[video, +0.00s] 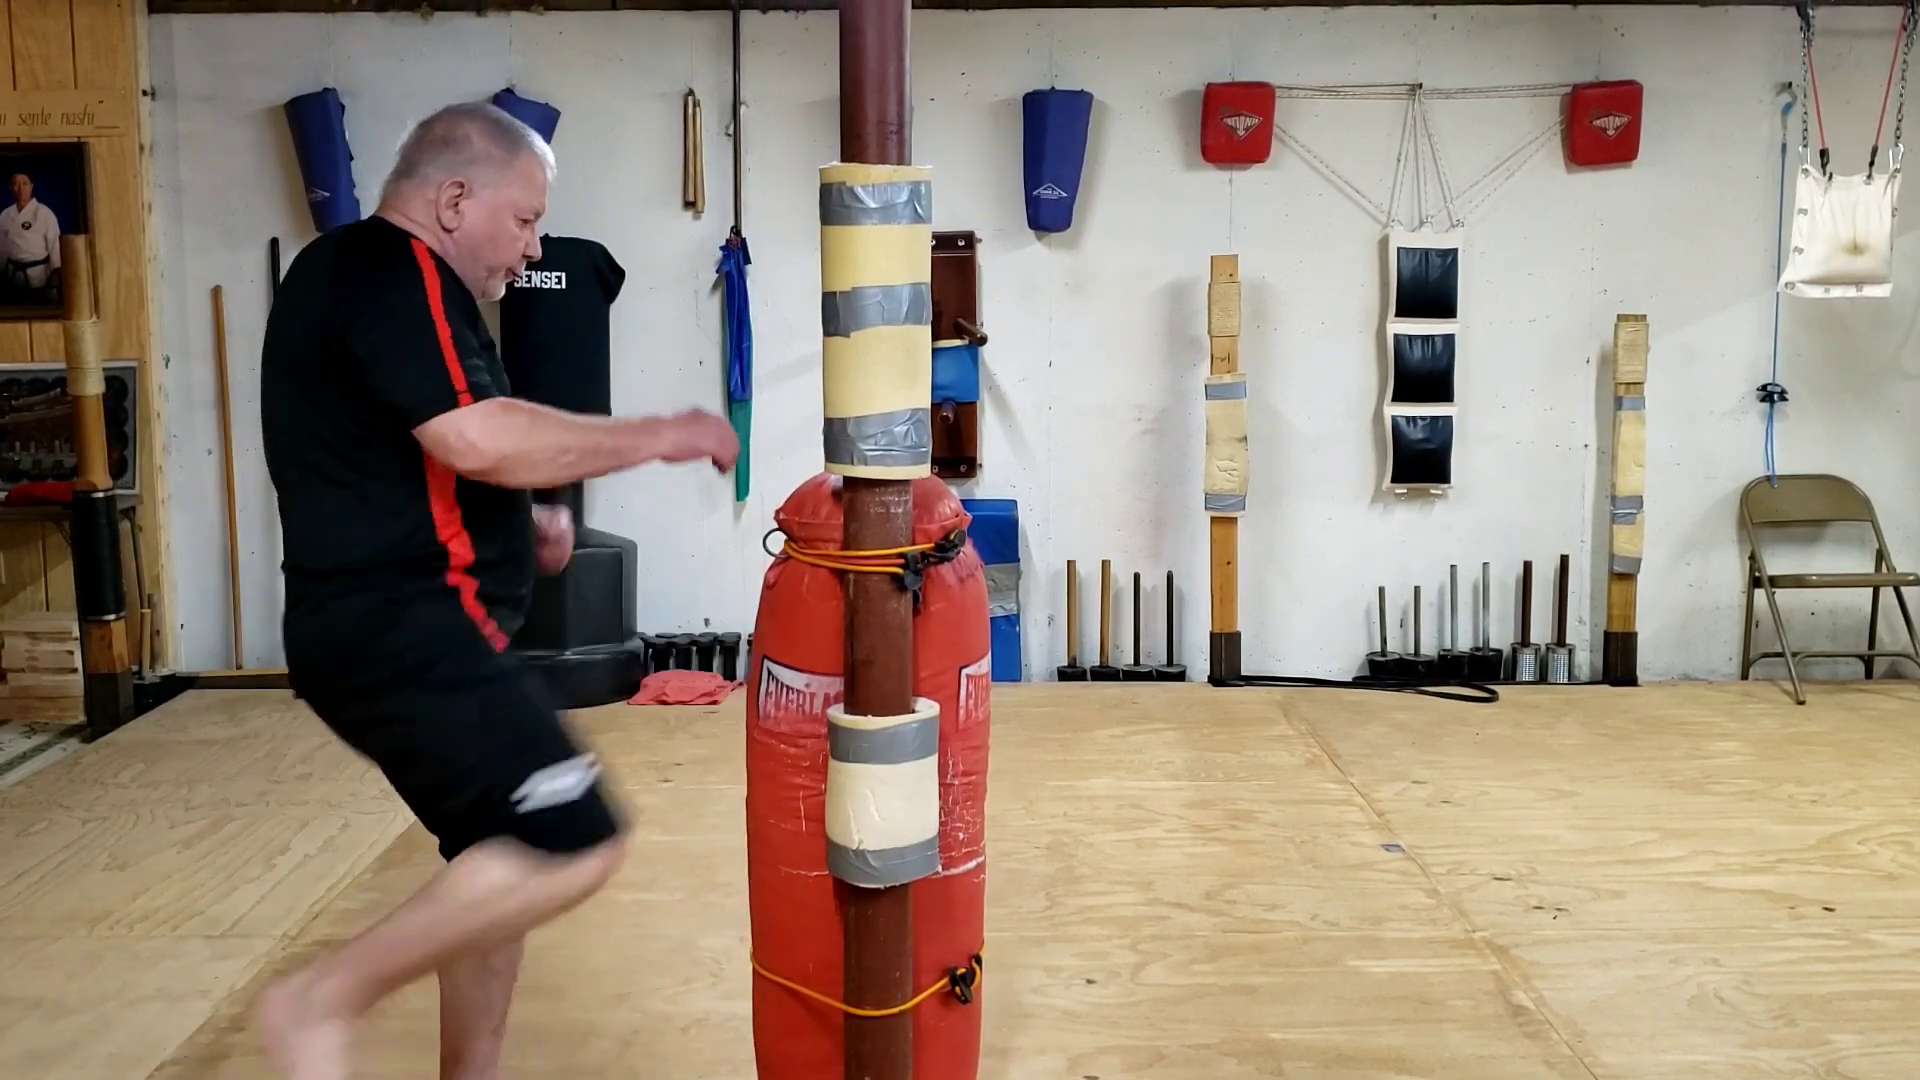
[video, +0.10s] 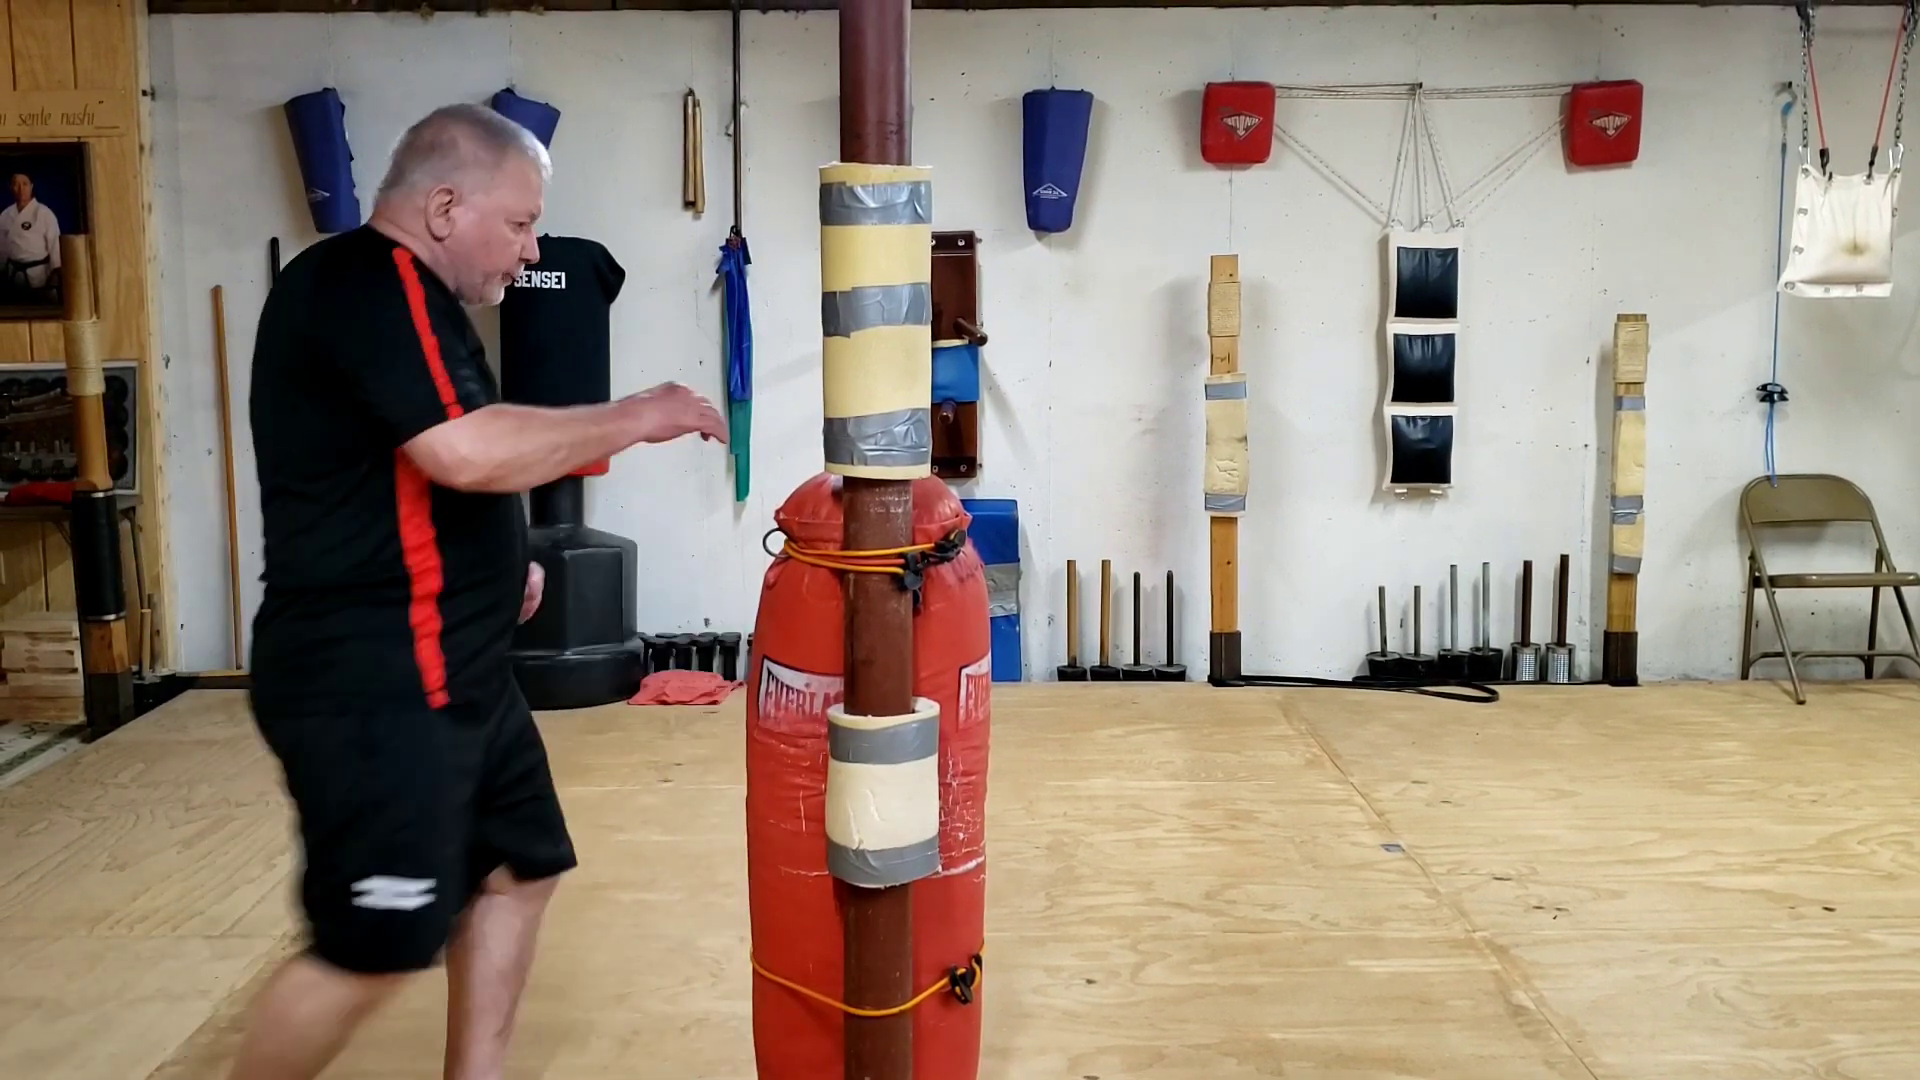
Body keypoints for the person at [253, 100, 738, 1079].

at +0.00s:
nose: (532, 249)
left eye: (536, 227)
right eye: (525, 222)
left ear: (442, 203)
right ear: (452, 201)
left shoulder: (338, 271)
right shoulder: (393, 275)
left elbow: (384, 464)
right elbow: (472, 435)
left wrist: (511, 518)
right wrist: (661, 436)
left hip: (369, 623)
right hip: (402, 624)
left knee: (499, 854)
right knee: (579, 834)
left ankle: (471, 1069)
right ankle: (314, 1000)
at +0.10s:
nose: (531, 253)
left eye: (535, 229)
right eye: (520, 225)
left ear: (443, 212)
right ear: (443, 209)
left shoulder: (419, 297)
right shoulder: (355, 284)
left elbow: (390, 477)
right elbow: (462, 449)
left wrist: (494, 561)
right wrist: (634, 418)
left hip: (460, 666)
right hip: (364, 673)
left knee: (518, 864)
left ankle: (473, 1075)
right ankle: (247, 1072)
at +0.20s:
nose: (518, 267)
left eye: (519, 243)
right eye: (503, 240)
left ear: (419, 233)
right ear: (419, 230)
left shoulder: (390, 320)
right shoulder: (311, 314)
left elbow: (392, 491)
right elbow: (404, 496)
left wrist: (485, 569)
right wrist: (591, 461)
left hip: (436, 675)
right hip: (312, 688)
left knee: (532, 863)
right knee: (277, 956)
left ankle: (476, 1074)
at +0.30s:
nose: (493, 258)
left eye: (498, 234)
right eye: (475, 233)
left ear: (400, 228)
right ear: (389, 222)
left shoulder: (405, 316)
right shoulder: (275, 311)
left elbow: (397, 485)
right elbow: (268, 521)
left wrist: (509, 494)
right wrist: (485, 543)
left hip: (427, 670)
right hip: (295, 687)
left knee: (523, 864)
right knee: (258, 948)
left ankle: (472, 1073)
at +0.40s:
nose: (483, 249)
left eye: (487, 225)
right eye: (463, 225)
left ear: (381, 222)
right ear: (372, 220)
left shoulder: (444, 318)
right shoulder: (242, 312)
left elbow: (532, 427)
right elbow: (124, 495)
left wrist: (610, 376)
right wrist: (273, 644)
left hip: (423, 669)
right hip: (279, 686)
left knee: (503, 862)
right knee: (254, 951)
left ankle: (468, 1075)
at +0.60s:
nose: (498, 266)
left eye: (502, 242)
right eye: (481, 241)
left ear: (404, 234)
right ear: (395, 230)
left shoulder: (445, 332)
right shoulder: (264, 315)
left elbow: (530, 437)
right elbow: (136, 491)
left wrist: (631, 432)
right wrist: (290, 637)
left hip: (418, 676)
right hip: (281, 693)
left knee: (503, 855)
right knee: (264, 947)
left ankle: (469, 1075)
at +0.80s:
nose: (508, 245)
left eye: (511, 222)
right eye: (493, 219)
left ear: (420, 213)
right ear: (414, 211)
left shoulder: (406, 296)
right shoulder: (329, 282)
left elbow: (496, 401)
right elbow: (497, 400)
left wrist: (626, 322)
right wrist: (656, 302)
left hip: (447, 662)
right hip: (329, 676)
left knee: (515, 869)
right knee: (277, 940)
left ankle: (468, 1076)